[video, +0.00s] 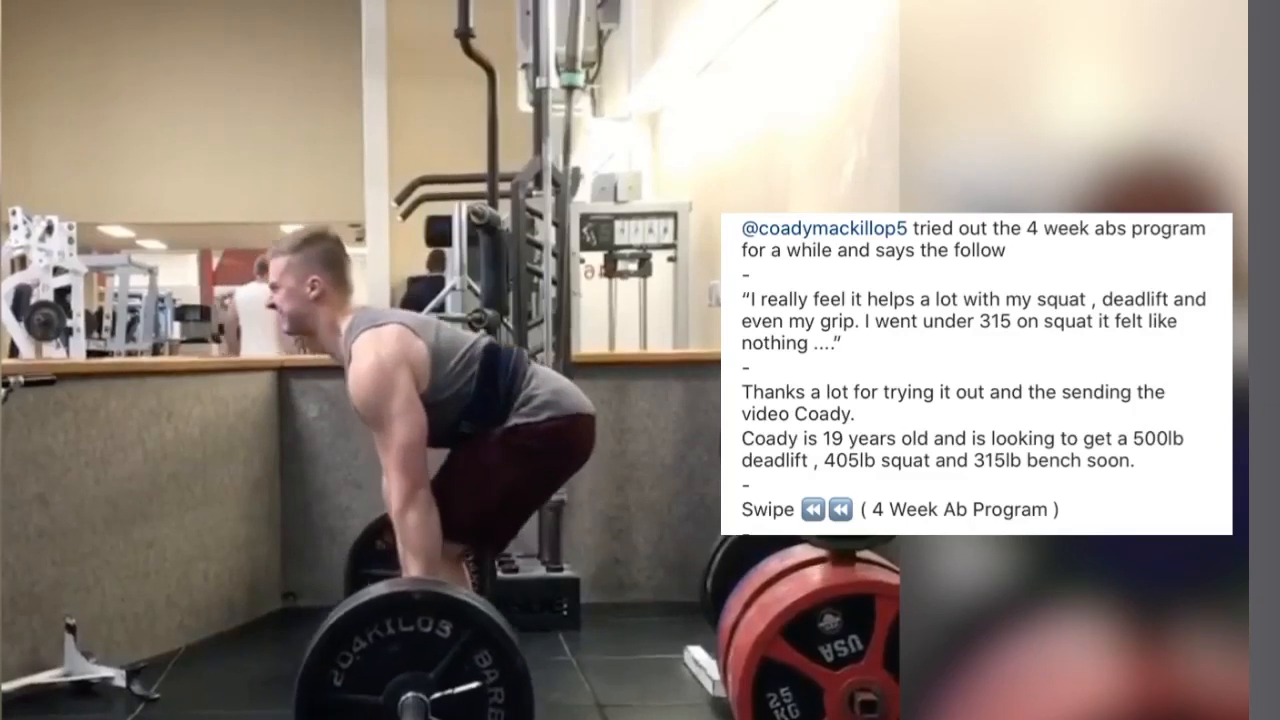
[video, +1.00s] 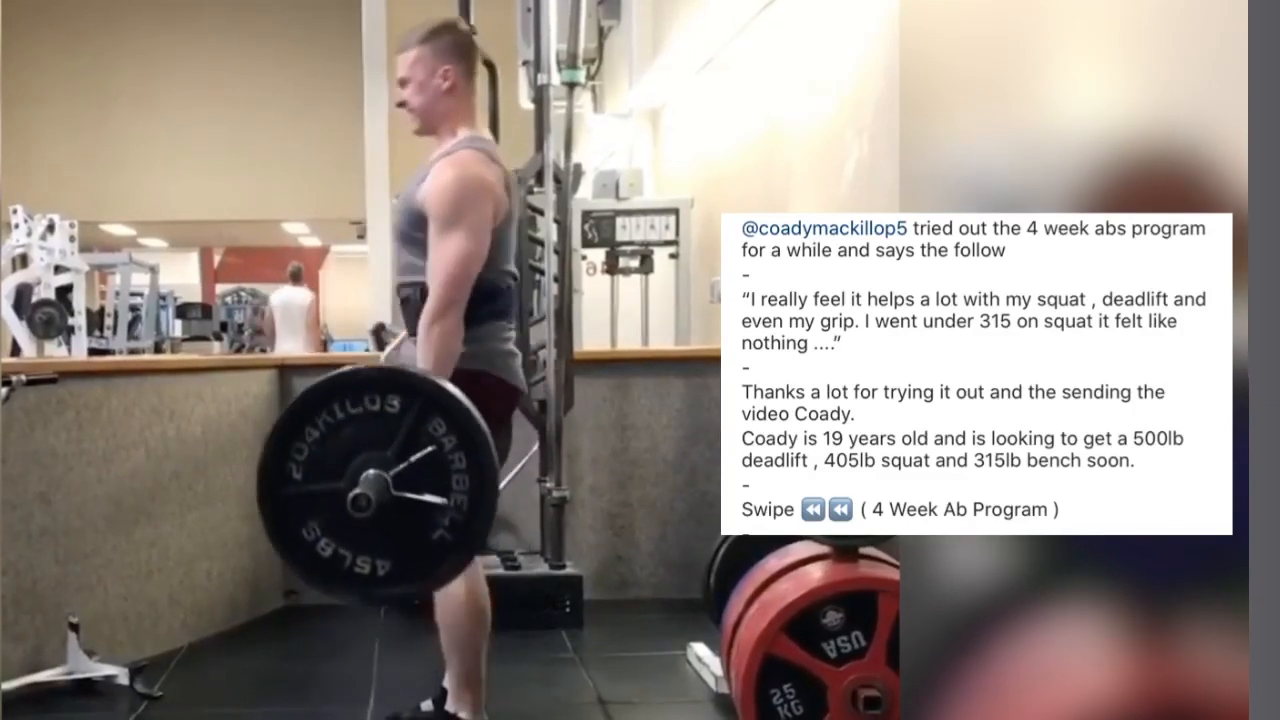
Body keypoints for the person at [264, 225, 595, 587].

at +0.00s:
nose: (271, 301)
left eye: (278, 288)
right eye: (271, 289)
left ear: (314, 287)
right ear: (315, 287)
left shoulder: (377, 359)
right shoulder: (365, 346)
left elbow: (411, 496)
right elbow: (397, 482)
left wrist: (420, 609)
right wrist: (417, 599)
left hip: (547, 418)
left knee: (434, 545)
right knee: (429, 541)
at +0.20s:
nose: (270, 268)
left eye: (277, 256)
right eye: (270, 257)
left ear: (314, 255)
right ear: (314, 255)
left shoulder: (375, 327)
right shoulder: (368, 313)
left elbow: (412, 464)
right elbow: (397, 451)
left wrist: (425, 579)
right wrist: (421, 567)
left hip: (542, 396)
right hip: (524, 394)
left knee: (457, 539)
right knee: (459, 536)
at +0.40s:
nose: (280, 221)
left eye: (288, 208)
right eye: (281, 209)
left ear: (324, 207)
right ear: (323, 210)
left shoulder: (376, 285)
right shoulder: (369, 274)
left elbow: (413, 424)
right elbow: (401, 410)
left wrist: (435, 543)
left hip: (533, 383)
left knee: (470, 530)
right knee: (467, 526)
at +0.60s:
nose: (304, 168)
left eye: (312, 153)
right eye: (304, 155)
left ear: (350, 154)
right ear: (353, 156)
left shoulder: (395, 237)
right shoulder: (383, 233)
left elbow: (419, 380)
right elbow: (411, 373)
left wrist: (433, 504)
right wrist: (416, 498)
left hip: (520, 379)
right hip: (495, 378)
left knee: (456, 538)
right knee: (445, 531)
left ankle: (466, 708)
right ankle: (454, 700)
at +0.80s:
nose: (344, 120)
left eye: (353, 105)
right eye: (345, 106)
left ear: (393, 104)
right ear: (393, 108)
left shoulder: (420, 195)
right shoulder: (410, 184)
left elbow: (429, 339)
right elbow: (435, 307)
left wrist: (424, 461)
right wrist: (406, 332)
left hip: (487, 381)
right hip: (475, 374)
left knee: (459, 548)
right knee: (451, 542)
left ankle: (466, 708)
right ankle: (458, 696)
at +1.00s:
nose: (400, 99)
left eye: (407, 83)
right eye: (399, 85)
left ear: (448, 80)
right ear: (449, 83)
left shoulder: (464, 170)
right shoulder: (459, 163)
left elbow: (446, 306)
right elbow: (439, 298)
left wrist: (424, 412)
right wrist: (391, 371)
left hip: (469, 373)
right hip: (469, 366)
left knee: (450, 545)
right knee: (452, 543)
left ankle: (467, 708)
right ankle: (461, 698)